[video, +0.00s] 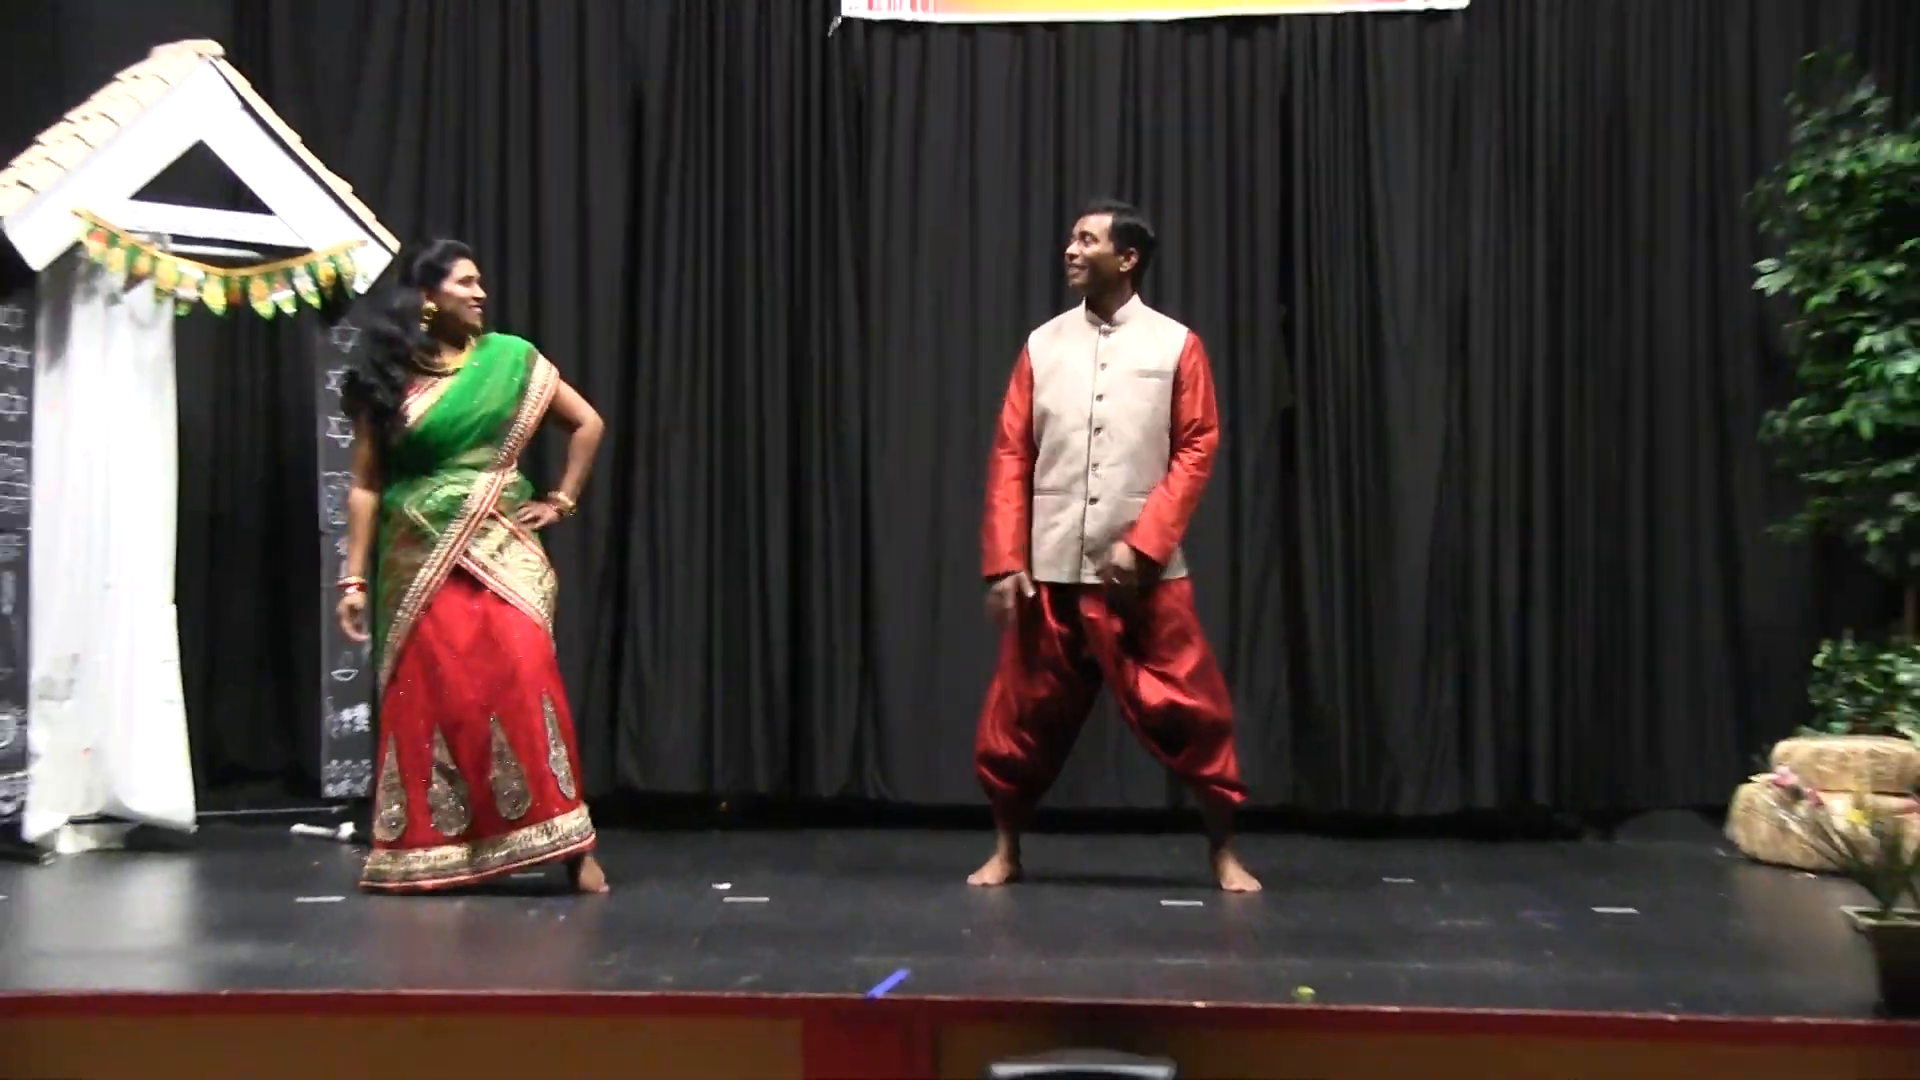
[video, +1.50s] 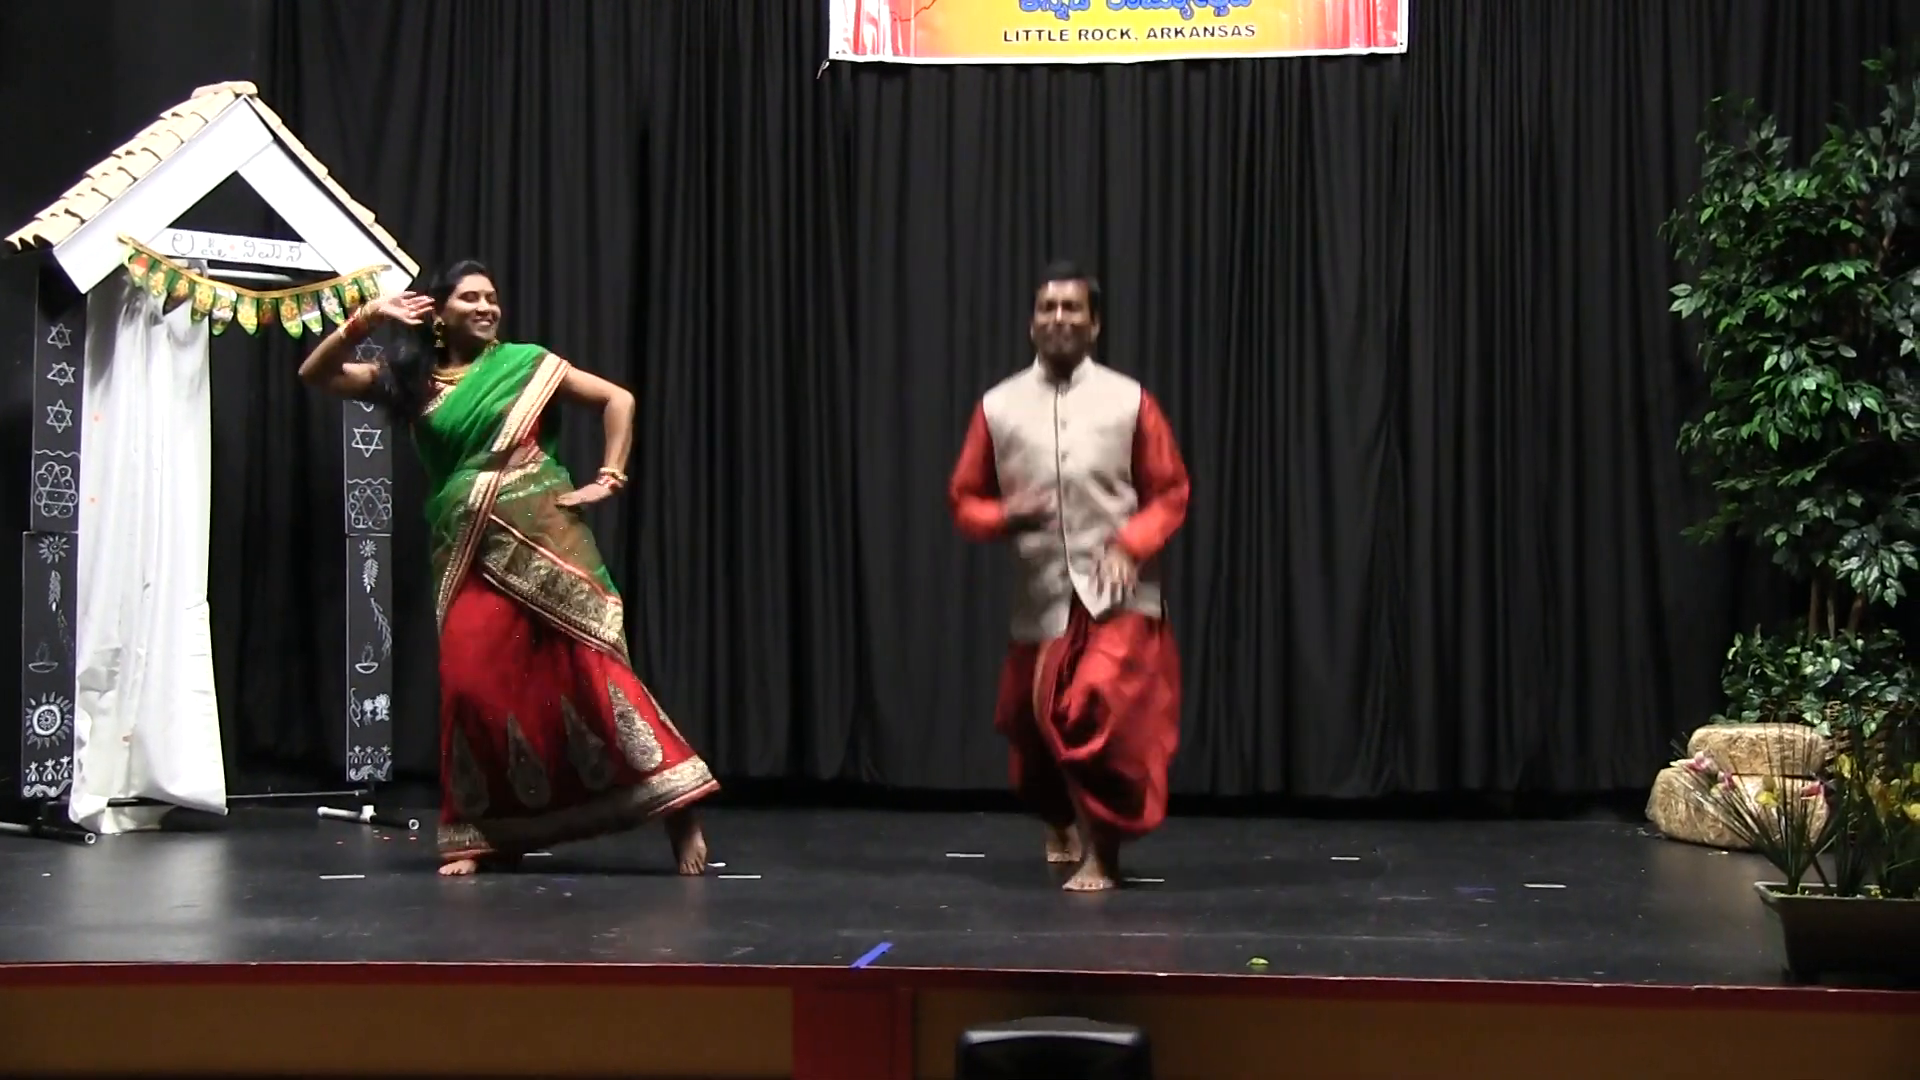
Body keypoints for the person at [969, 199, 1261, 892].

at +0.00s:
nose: (1071, 250)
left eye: (1087, 240)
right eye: (1071, 239)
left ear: (1129, 256)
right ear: (1073, 254)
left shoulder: (1176, 344)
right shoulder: (1041, 345)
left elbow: (1198, 448)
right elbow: (1011, 453)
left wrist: (1147, 542)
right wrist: (1005, 559)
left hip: (1143, 571)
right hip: (1049, 571)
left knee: (1196, 711)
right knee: (1018, 715)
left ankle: (1224, 855)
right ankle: (1004, 852)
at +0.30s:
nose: (1069, 271)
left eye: (1084, 262)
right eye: (1068, 262)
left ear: (1122, 278)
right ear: (1068, 276)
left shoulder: (1159, 364)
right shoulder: (1035, 353)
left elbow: (1175, 463)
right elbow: (1000, 444)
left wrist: (1133, 549)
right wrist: (1029, 522)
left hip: (1133, 568)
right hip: (1045, 566)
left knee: (1182, 697)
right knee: (1017, 698)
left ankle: (1205, 832)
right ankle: (1000, 829)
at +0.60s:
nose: (1065, 275)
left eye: (1079, 265)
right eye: (1064, 266)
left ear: (1119, 278)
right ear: (1069, 280)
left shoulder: (1166, 364)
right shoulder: (1039, 363)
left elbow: (1187, 460)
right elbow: (1011, 461)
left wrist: (1131, 535)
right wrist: (1019, 553)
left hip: (1139, 572)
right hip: (1049, 575)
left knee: (1178, 700)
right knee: (1011, 701)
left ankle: (1201, 833)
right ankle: (997, 829)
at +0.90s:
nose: (1069, 276)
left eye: (1083, 267)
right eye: (1064, 268)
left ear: (1116, 281)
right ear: (1055, 282)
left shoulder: (1152, 362)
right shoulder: (1026, 364)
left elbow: (1181, 463)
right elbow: (1005, 465)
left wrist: (1150, 560)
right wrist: (1011, 558)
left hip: (1127, 575)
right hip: (1045, 577)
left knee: (1172, 701)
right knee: (1043, 713)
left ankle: (1194, 831)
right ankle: (1063, 830)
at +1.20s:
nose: (1061, 258)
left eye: (1075, 250)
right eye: (1052, 248)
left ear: (1096, 266)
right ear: (1036, 261)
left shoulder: (1128, 340)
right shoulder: (1000, 346)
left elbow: (1164, 429)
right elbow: (959, 439)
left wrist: (1129, 492)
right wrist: (970, 523)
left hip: (1119, 541)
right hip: (1036, 546)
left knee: (1113, 665)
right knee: (1037, 688)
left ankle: (1108, 816)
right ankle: (1055, 821)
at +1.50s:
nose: (1058, 318)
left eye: (1070, 307)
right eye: (1047, 307)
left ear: (1093, 321)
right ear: (1032, 321)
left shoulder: (1130, 401)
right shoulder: (998, 407)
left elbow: (1171, 490)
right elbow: (964, 503)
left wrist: (1131, 540)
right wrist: (1006, 513)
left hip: (1118, 593)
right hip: (1042, 595)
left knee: (1098, 701)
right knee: (1032, 713)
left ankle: (1097, 853)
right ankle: (1059, 821)